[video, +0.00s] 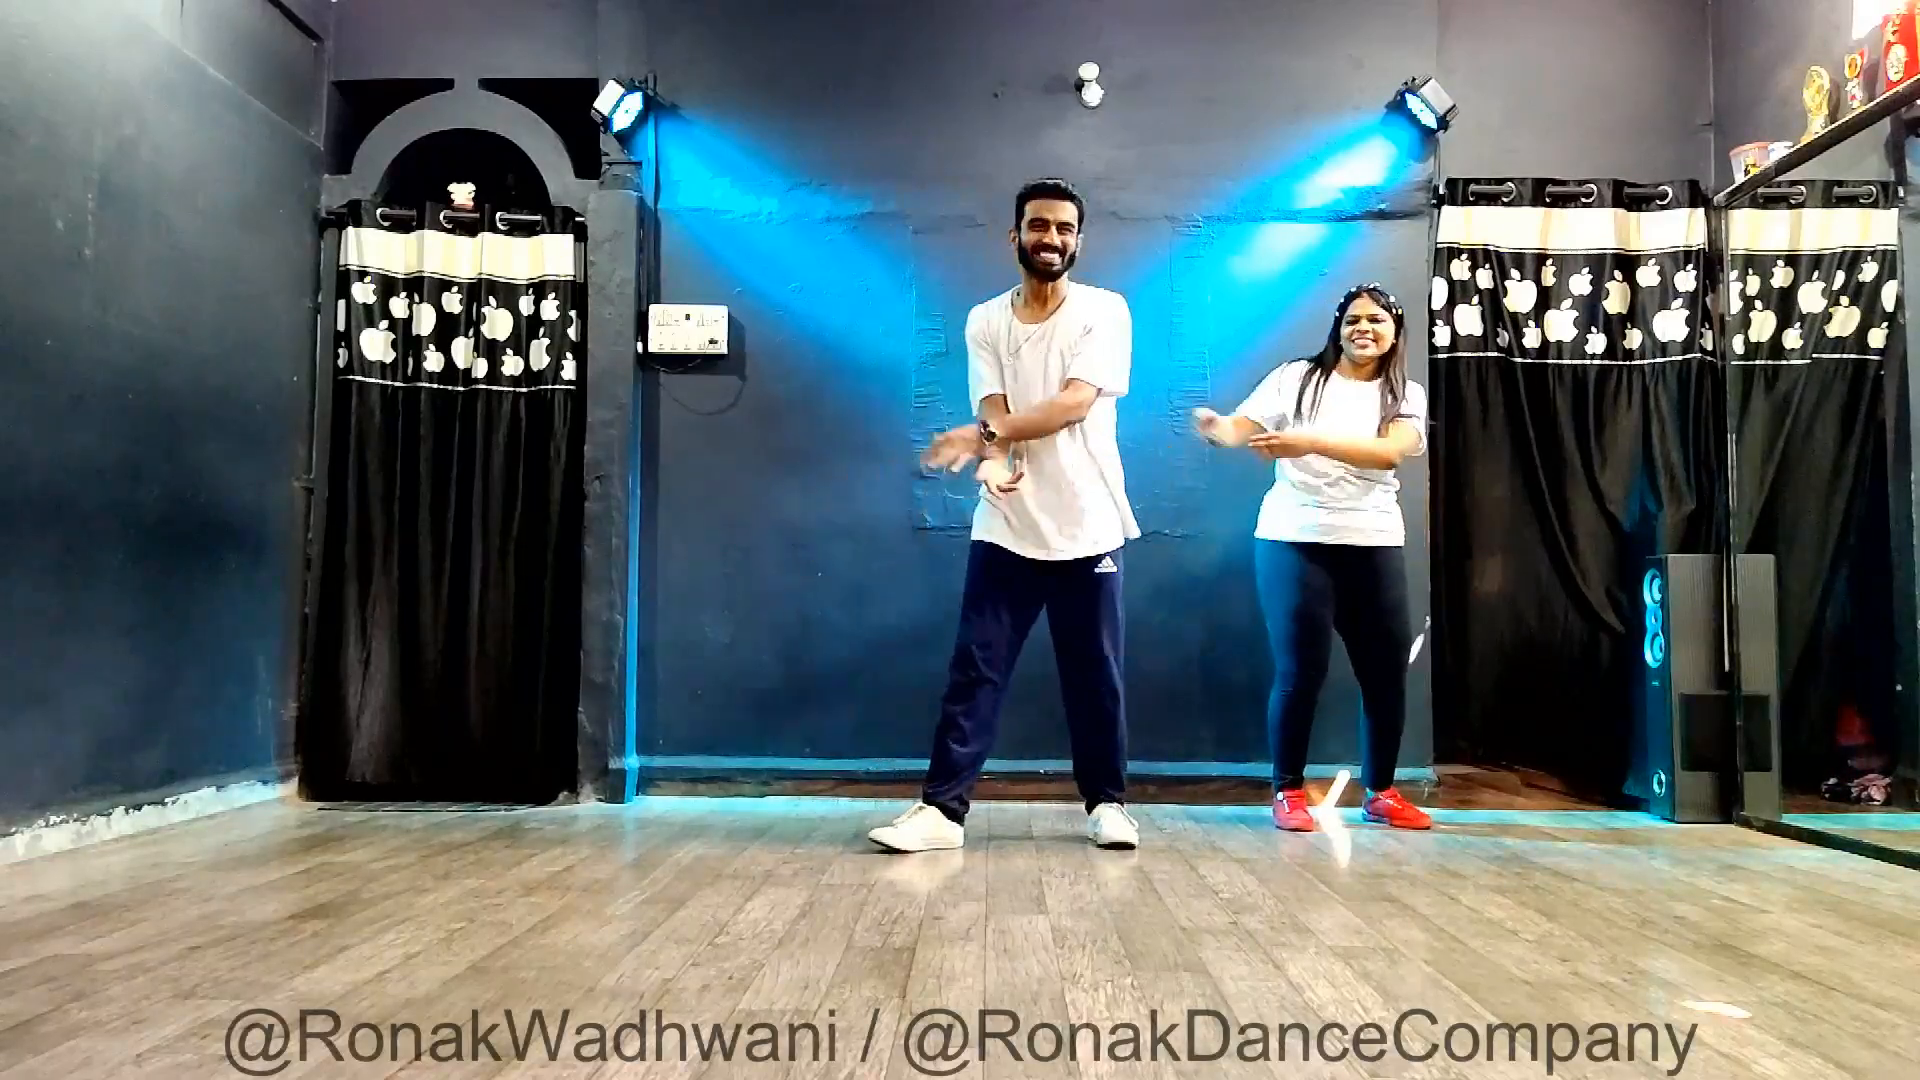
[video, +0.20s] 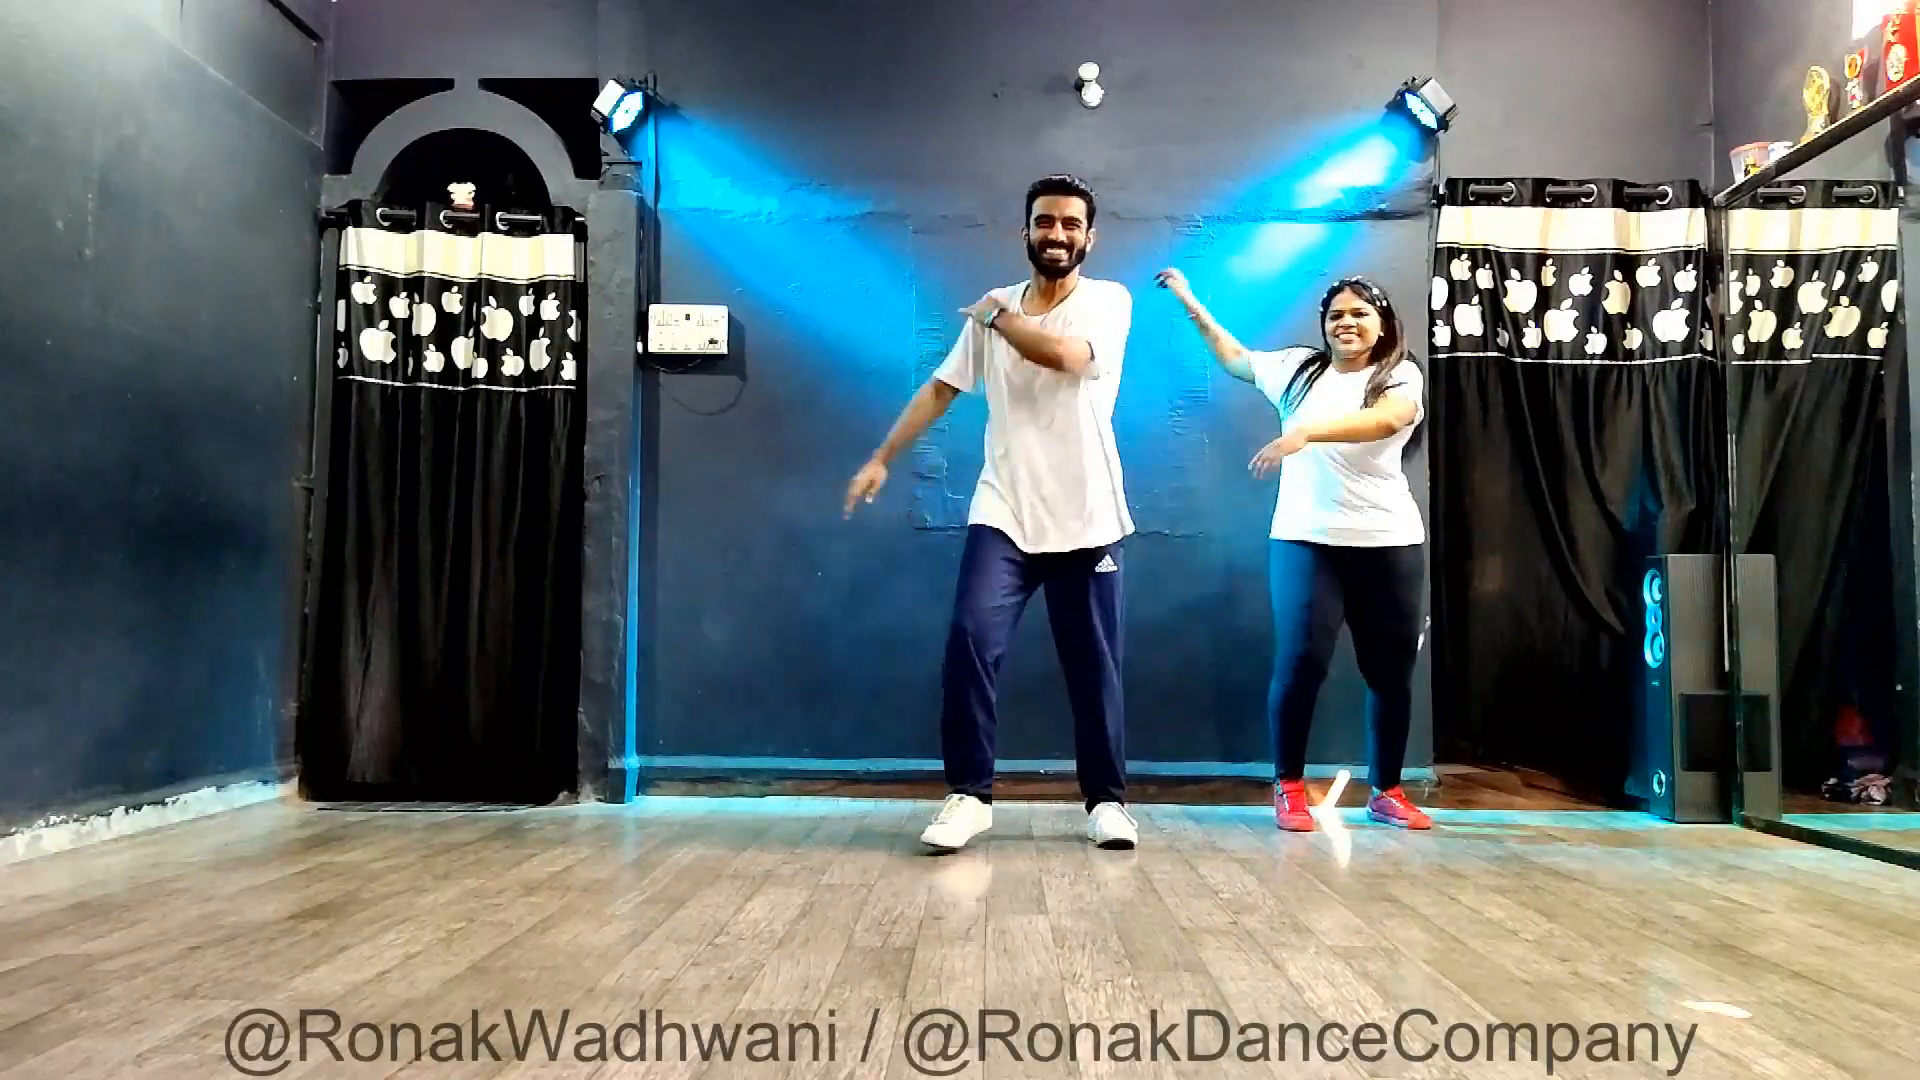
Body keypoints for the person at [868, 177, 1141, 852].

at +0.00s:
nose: (1051, 238)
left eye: (1064, 228)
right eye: (1038, 226)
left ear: (1078, 239)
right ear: (1016, 235)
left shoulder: (1104, 311)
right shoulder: (985, 320)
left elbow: (1074, 405)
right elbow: (994, 409)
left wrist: (980, 434)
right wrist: (997, 456)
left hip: (1086, 523)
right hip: (1007, 522)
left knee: (1095, 673)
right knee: (977, 666)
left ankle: (1107, 804)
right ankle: (944, 810)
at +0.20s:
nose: (1058, 233)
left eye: (1071, 223)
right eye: (1046, 222)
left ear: (1088, 235)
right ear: (1026, 232)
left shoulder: (1107, 299)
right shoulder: (994, 309)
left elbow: (1074, 356)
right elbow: (940, 390)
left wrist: (1005, 318)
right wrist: (881, 459)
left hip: (1085, 509)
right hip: (1006, 505)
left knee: (1094, 661)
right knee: (972, 635)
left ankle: (1107, 801)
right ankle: (970, 795)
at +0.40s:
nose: (992, 248)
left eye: (1005, 235)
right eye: (978, 236)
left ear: (1025, 236)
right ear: (960, 242)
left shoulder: (1052, 270)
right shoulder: (940, 323)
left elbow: (1122, 300)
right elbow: (905, 394)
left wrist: (1056, 372)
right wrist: (871, 454)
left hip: (1077, 508)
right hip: (992, 515)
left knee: (1096, 661)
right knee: (963, 649)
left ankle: (1108, 800)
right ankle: (957, 803)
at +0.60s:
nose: (963, 279)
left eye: (975, 265)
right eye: (949, 265)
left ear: (995, 255)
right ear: (929, 258)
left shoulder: (1036, 308)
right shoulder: (908, 344)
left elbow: (1086, 395)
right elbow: (913, 430)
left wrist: (1129, 483)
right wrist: (915, 503)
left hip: (1053, 495)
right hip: (967, 519)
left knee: (1094, 558)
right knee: (955, 674)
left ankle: (1092, 701)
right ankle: (959, 812)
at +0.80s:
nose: (989, 170)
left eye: (1003, 159)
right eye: (976, 158)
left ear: (1022, 173)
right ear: (956, 170)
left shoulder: (1047, 249)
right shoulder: (926, 249)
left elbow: (1058, 346)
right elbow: (934, 274)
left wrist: (1074, 428)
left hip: (1037, 440)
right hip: (961, 454)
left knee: (1092, 433)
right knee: (953, 630)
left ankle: (1038, 583)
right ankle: (966, 776)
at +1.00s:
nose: (1016, 193)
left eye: (1030, 184)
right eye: (1003, 184)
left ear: (1045, 205)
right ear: (982, 200)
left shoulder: (1065, 283)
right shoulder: (953, 269)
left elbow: (1068, 389)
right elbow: (942, 225)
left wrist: (1059, 467)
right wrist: (1002, 151)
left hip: (1042, 477)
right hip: (959, 488)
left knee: (1098, 531)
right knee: (953, 664)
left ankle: (1041, 713)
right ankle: (947, 819)